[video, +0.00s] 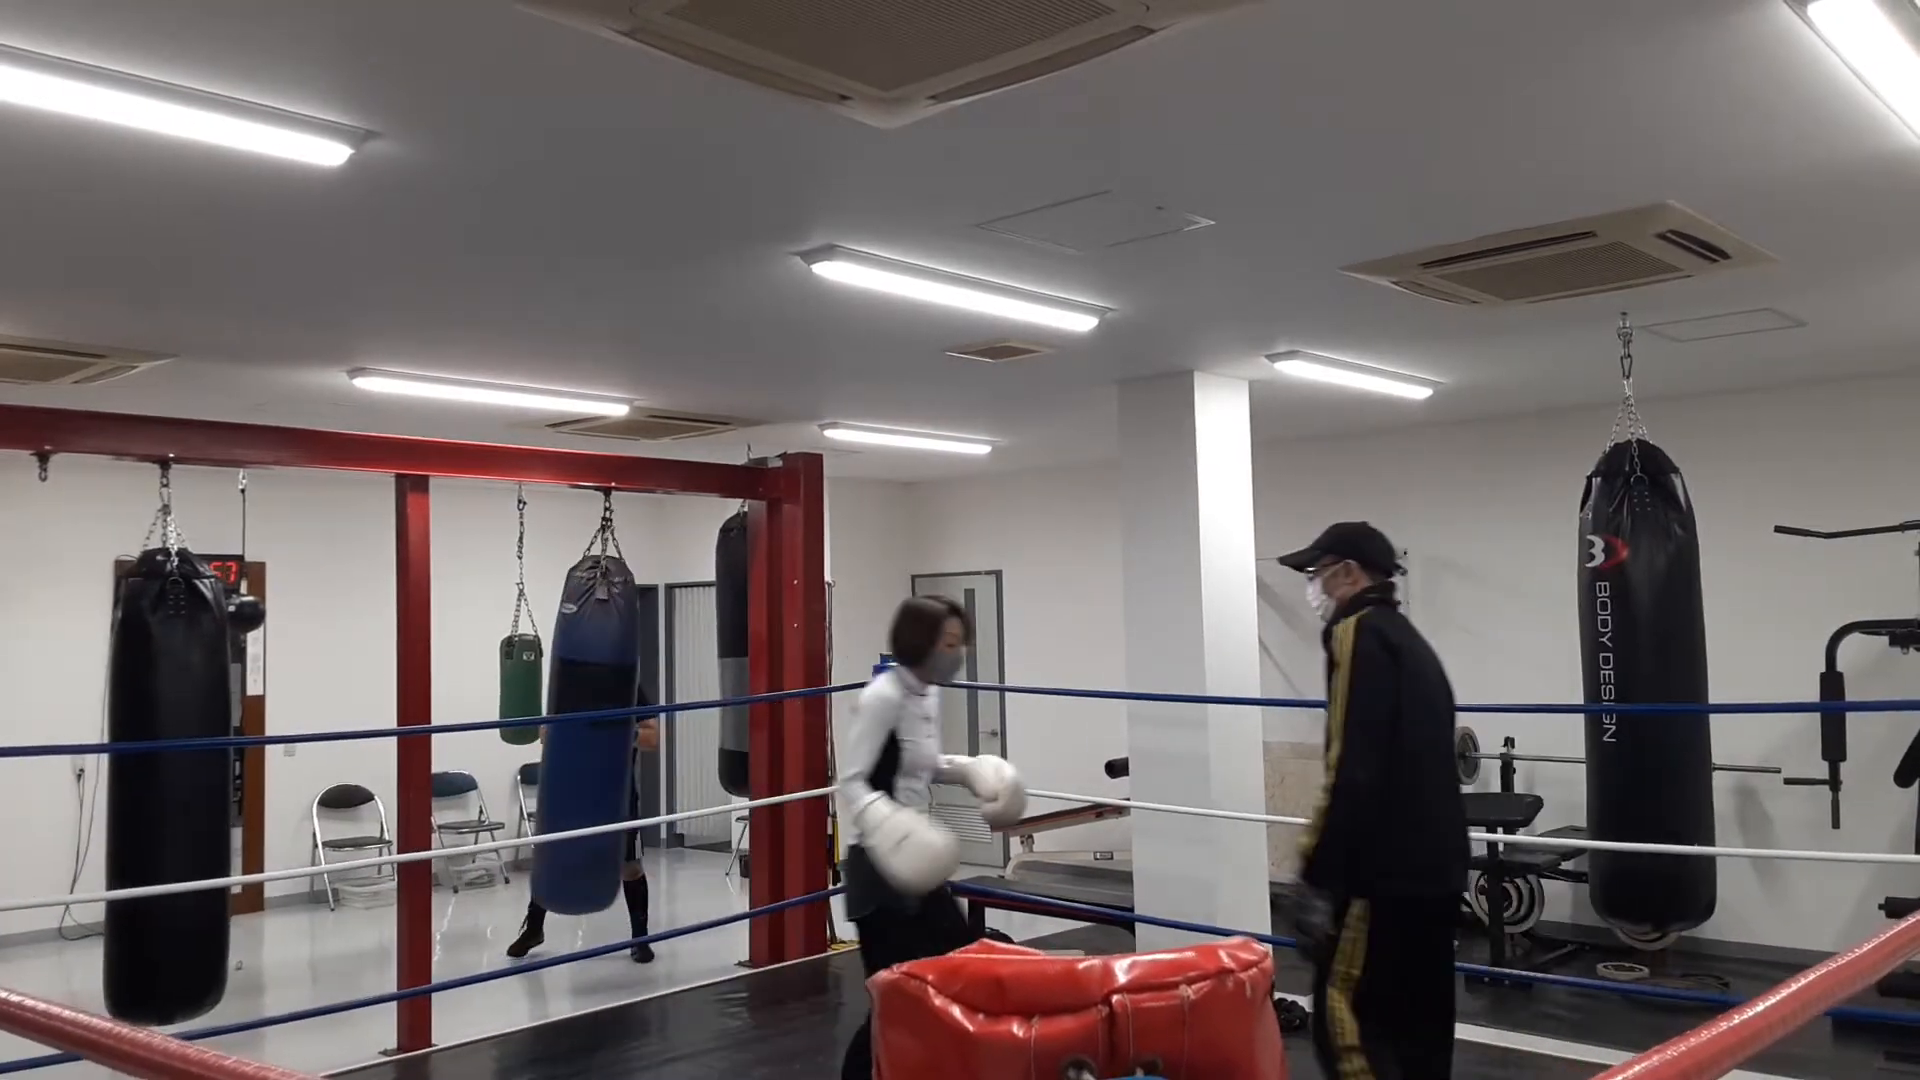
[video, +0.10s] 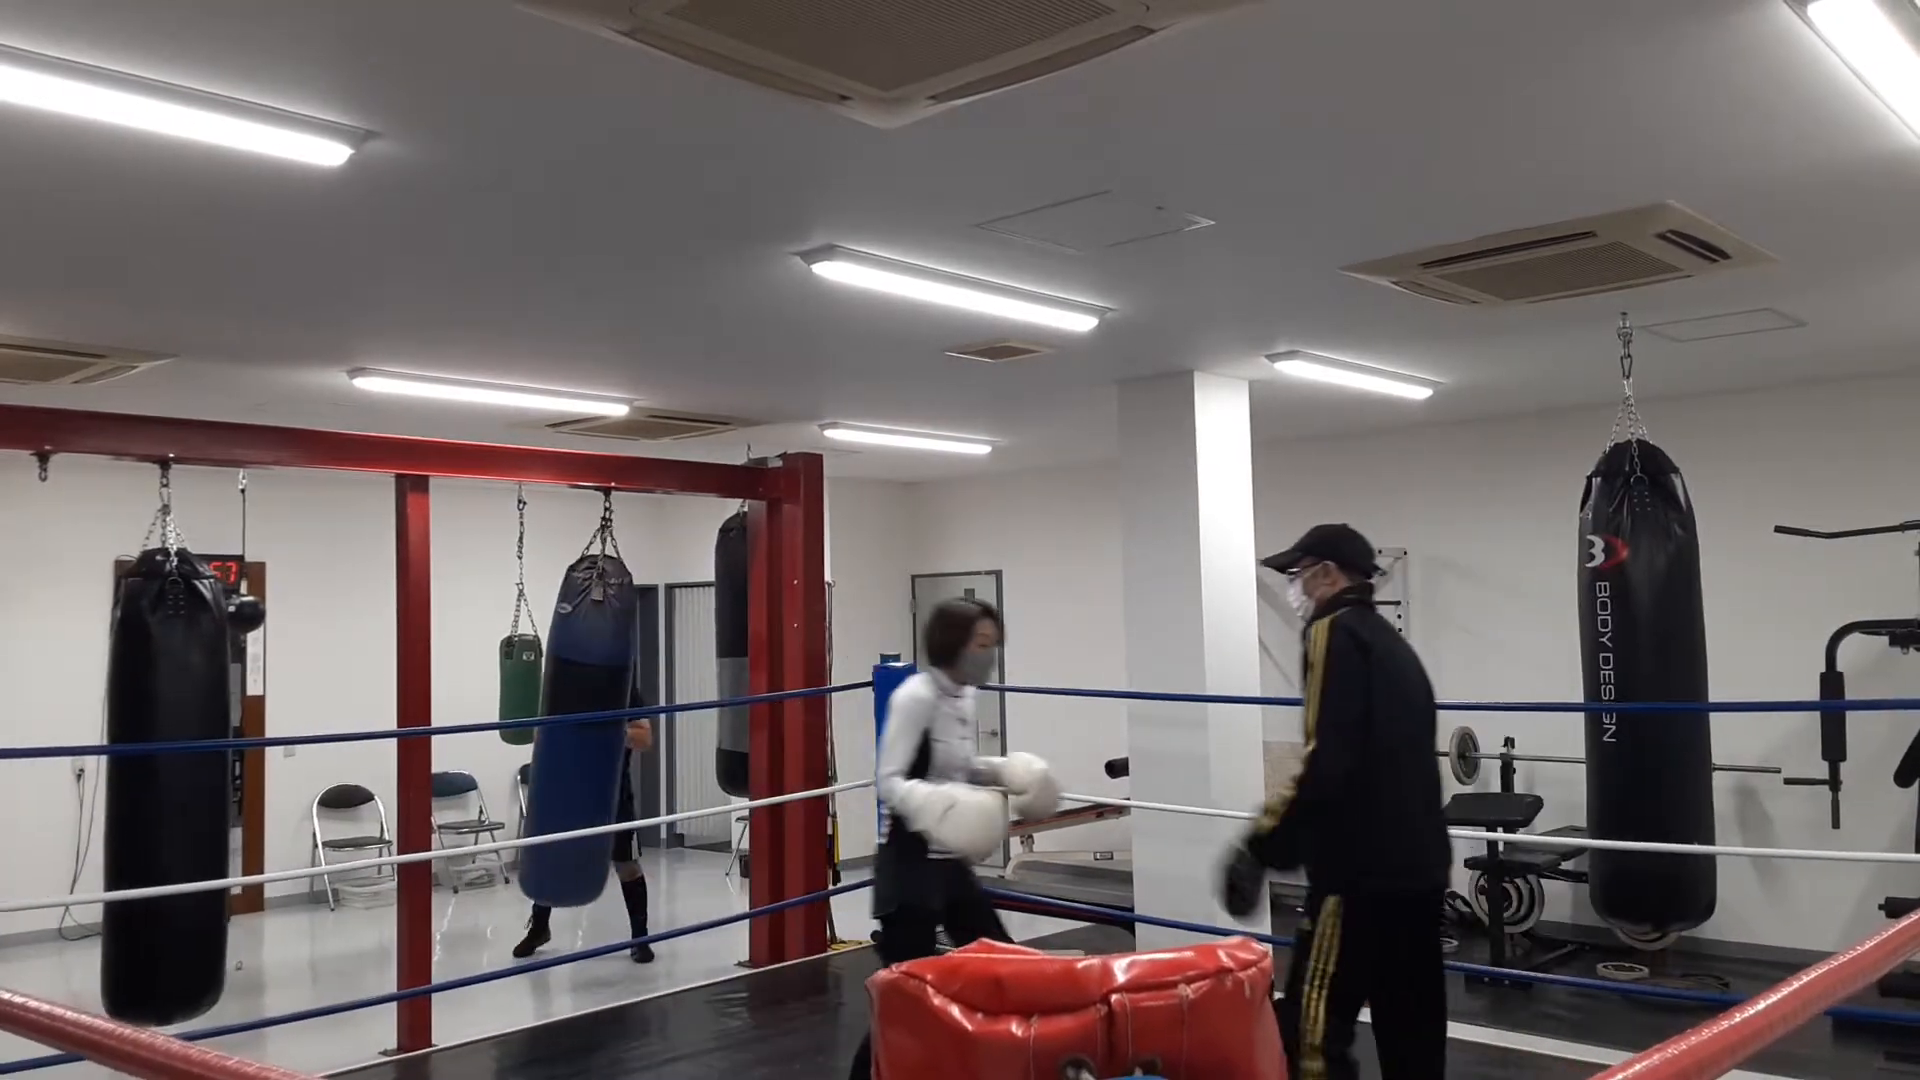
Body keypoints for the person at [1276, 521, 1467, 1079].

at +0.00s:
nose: (1312, 590)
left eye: (1318, 576)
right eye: (1311, 578)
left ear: (1349, 573)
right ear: (1364, 576)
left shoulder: (1359, 631)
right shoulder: (1408, 638)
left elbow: (1353, 768)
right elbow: (1426, 768)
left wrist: (1317, 878)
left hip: (1384, 866)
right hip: (1433, 862)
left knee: (1341, 1004)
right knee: (1419, 1012)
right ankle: (1423, 1077)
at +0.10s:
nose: (1297, 590)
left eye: (1303, 576)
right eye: (1296, 578)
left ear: (1332, 573)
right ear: (1355, 577)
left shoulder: (1334, 631)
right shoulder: (1394, 643)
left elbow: (1329, 759)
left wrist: (1259, 849)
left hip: (1356, 867)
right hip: (1416, 864)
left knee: (1312, 1025)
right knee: (1412, 1031)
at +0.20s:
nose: (1274, 592)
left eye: (1278, 579)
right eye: (1272, 581)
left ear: (1306, 575)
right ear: (1328, 579)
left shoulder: (1306, 636)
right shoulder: (1375, 645)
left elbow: (1296, 756)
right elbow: (1353, 758)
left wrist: (1207, 801)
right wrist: (1256, 767)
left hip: (1332, 868)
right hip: (1400, 865)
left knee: (1303, 1032)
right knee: (1406, 1036)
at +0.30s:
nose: (1246, 591)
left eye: (1252, 579)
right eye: (1247, 580)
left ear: (1279, 580)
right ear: (1303, 584)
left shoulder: (1270, 643)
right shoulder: (1356, 651)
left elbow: (1247, 755)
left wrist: (1153, 772)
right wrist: (1227, 731)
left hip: (1306, 874)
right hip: (1379, 874)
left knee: (1267, 1044)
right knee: (1398, 1051)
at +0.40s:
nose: (1220, 592)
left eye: (1226, 581)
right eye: (1220, 581)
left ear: (1251, 585)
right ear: (1279, 588)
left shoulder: (1230, 654)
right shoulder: (1323, 655)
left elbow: (1189, 762)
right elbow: (1272, 740)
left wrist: (1102, 767)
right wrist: (1168, 735)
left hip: (1266, 869)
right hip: (1343, 866)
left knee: (1235, 1013)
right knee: (1383, 1030)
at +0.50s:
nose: (1183, 589)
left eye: (1188, 579)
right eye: (1185, 579)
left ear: (1209, 585)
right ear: (1243, 587)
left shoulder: (1184, 658)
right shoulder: (1290, 654)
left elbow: (1145, 768)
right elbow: (1292, 752)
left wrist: (1089, 773)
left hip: (1225, 866)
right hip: (1307, 860)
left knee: (1213, 1014)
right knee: (1353, 1013)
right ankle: (1381, 1074)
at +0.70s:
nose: (1129, 596)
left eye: (1130, 586)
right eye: (1129, 586)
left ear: (1146, 588)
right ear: (1193, 583)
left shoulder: (1122, 663)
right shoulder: (1250, 647)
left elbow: (1092, 779)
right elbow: (1293, 755)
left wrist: (1137, 816)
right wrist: (1236, 767)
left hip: (1177, 862)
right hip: (1267, 857)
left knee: (1190, 1005)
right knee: (1286, 1001)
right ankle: (1303, 1074)